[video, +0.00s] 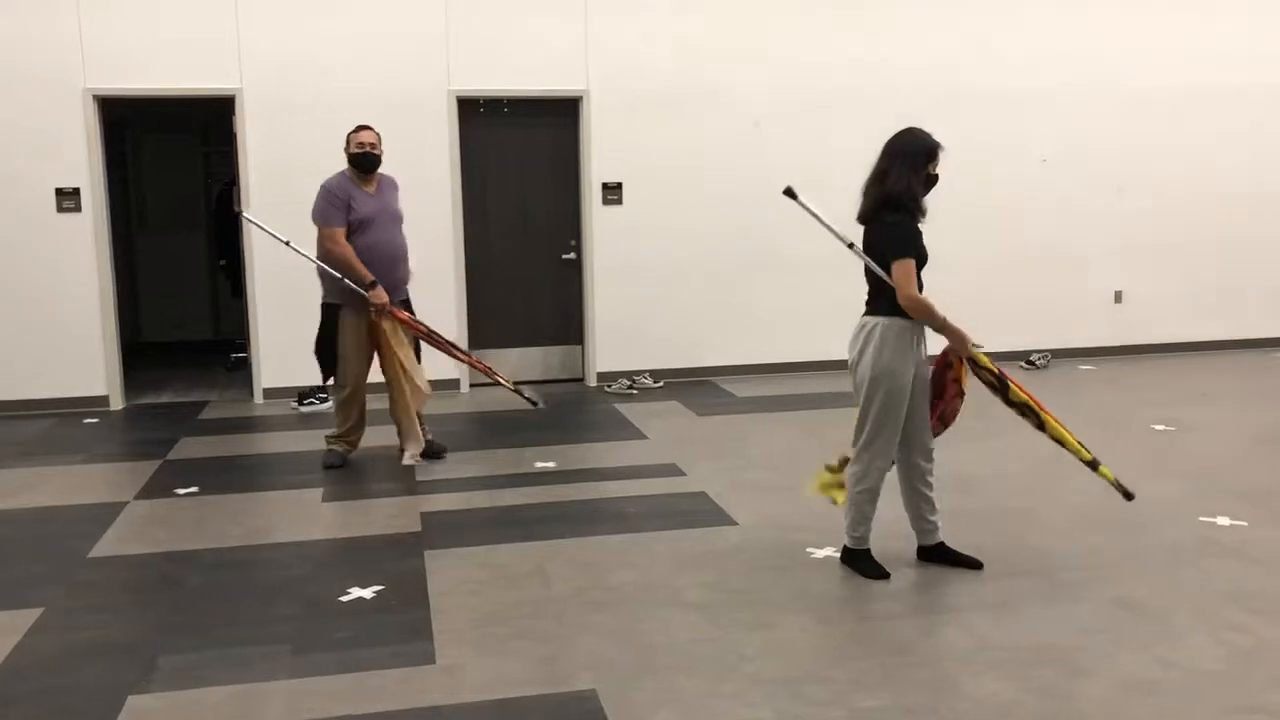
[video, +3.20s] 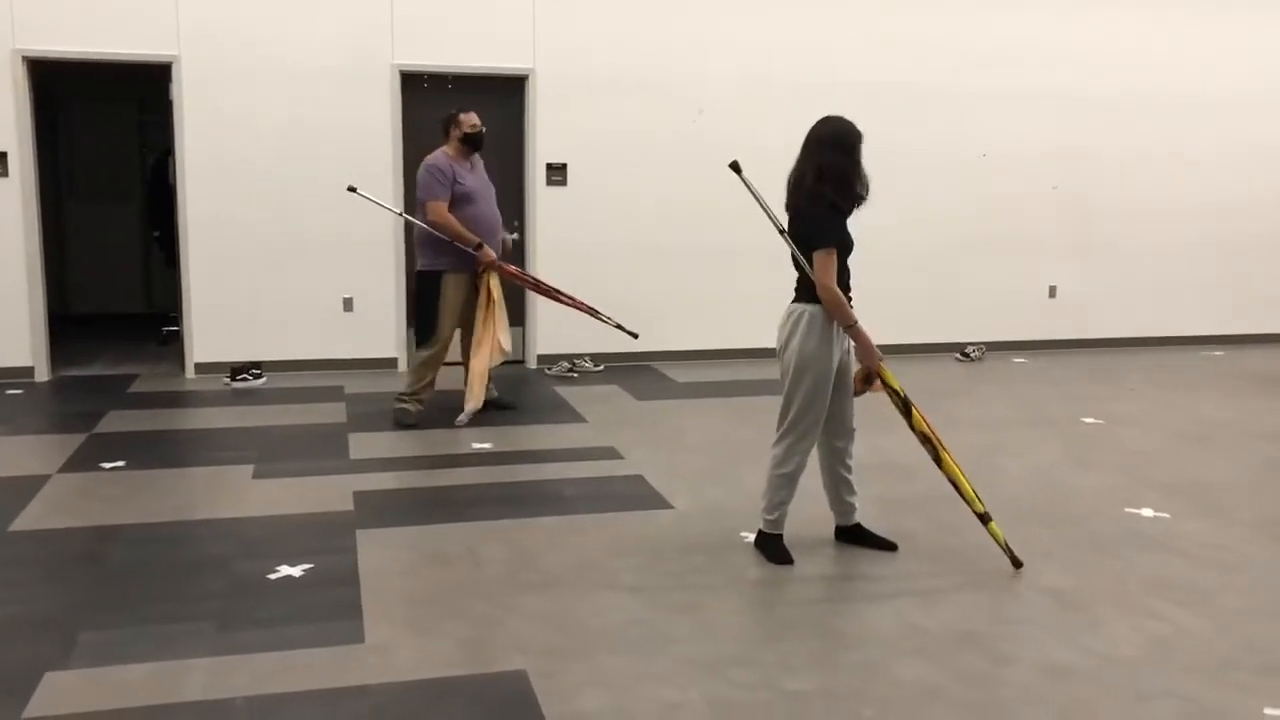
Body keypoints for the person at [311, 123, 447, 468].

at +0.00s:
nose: (367, 150)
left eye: (373, 146)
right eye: (359, 146)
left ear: (382, 152)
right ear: (347, 152)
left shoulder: (389, 185)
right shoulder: (334, 190)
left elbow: (390, 236)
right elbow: (332, 245)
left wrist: (397, 283)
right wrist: (371, 285)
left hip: (395, 296)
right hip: (349, 299)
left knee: (406, 372)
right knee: (349, 378)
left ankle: (416, 439)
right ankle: (340, 444)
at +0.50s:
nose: (375, 161)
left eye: (380, 156)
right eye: (368, 157)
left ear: (387, 161)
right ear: (354, 163)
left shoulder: (395, 195)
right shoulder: (343, 199)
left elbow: (406, 238)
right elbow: (345, 251)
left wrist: (429, 270)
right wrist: (383, 289)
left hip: (401, 303)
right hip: (360, 307)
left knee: (409, 373)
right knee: (353, 382)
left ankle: (414, 434)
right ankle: (332, 450)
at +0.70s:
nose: (398, 165)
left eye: (402, 160)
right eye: (390, 160)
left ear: (407, 163)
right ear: (374, 164)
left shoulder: (410, 196)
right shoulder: (360, 199)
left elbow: (432, 231)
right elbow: (361, 250)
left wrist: (446, 227)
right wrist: (397, 288)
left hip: (417, 302)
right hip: (375, 304)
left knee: (418, 371)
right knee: (363, 377)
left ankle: (411, 434)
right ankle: (333, 448)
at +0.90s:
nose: (407, 167)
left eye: (410, 162)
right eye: (400, 162)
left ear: (414, 162)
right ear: (381, 162)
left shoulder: (420, 192)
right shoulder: (365, 196)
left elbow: (451, 224)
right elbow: (366, 247)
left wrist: (433, 194)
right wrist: (404, 284)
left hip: (416, 296)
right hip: (379, 297)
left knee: (415, 366)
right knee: (383, 369)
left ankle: (409, 432)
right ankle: (378, 443)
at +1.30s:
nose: (420, 172)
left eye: (424, 167)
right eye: (413, 167)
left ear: (428, 168)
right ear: (397, 167)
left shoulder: (431, 198)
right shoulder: (379, 201)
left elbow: (464, 226)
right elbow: (381, 250)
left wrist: (438, 191)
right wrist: (422, 283)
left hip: (436, 301)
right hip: (396, 306)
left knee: (457, 359)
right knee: (402, 380)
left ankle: (451, 427)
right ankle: (391, 444)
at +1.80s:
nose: (466, 181)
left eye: (470, 176)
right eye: (461, 176)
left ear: (475, 175)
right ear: (447, 173)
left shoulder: (480, 201)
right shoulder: (429, 203)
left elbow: (511, 228)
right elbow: (429, 250)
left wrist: (487, 196)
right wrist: (465, 281)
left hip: (483, 299)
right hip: (446, 301)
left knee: (481, 367)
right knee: (437, 370)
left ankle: (475, 429)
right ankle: (417, 440)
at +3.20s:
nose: (479, 133)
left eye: (480, 128)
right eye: (472, 128)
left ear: (479, 133)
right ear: (454, 132)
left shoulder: (475, 162)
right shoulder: (436, 165)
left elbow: (483, 206)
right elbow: (436, 216)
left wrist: (497, 236)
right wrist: (477, 246)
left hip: (479, 264)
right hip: (444, 267)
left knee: (479, 333)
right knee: (437, 338)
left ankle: (479, 393)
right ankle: (409, 401)